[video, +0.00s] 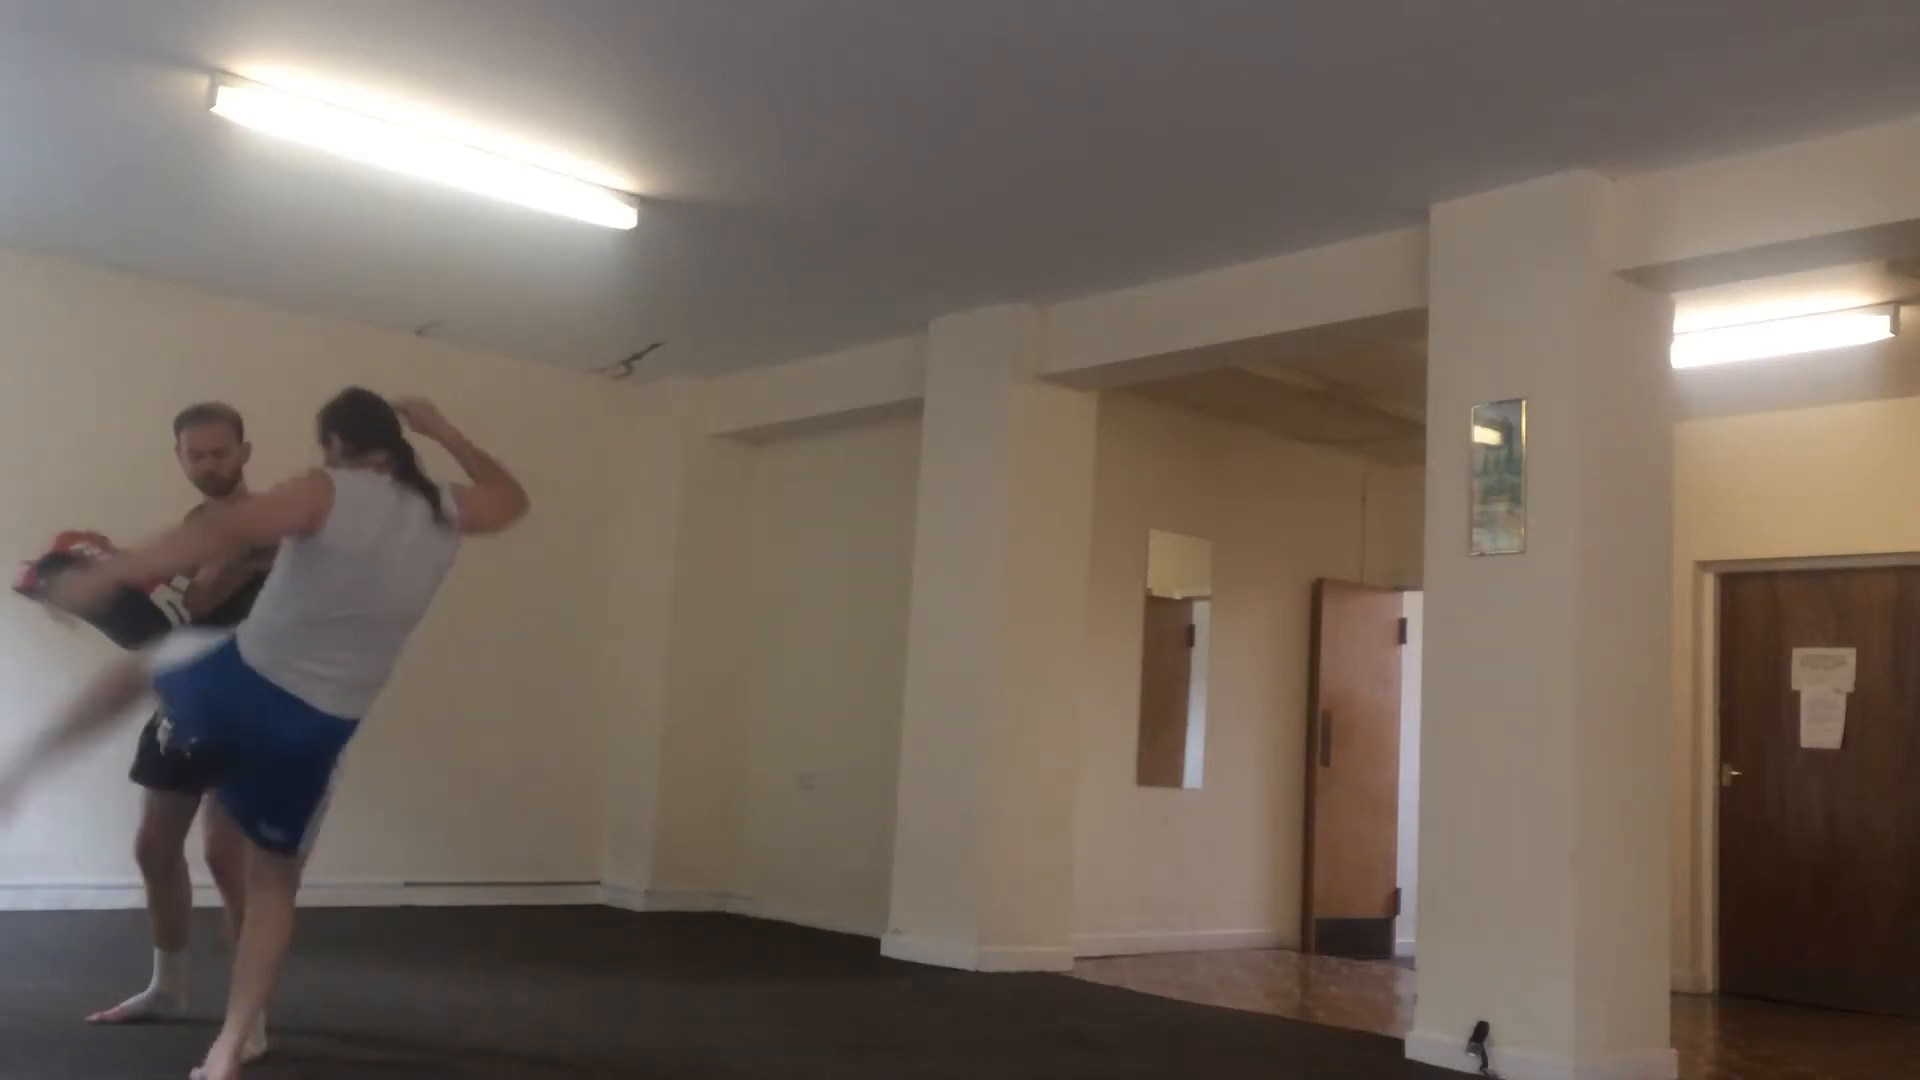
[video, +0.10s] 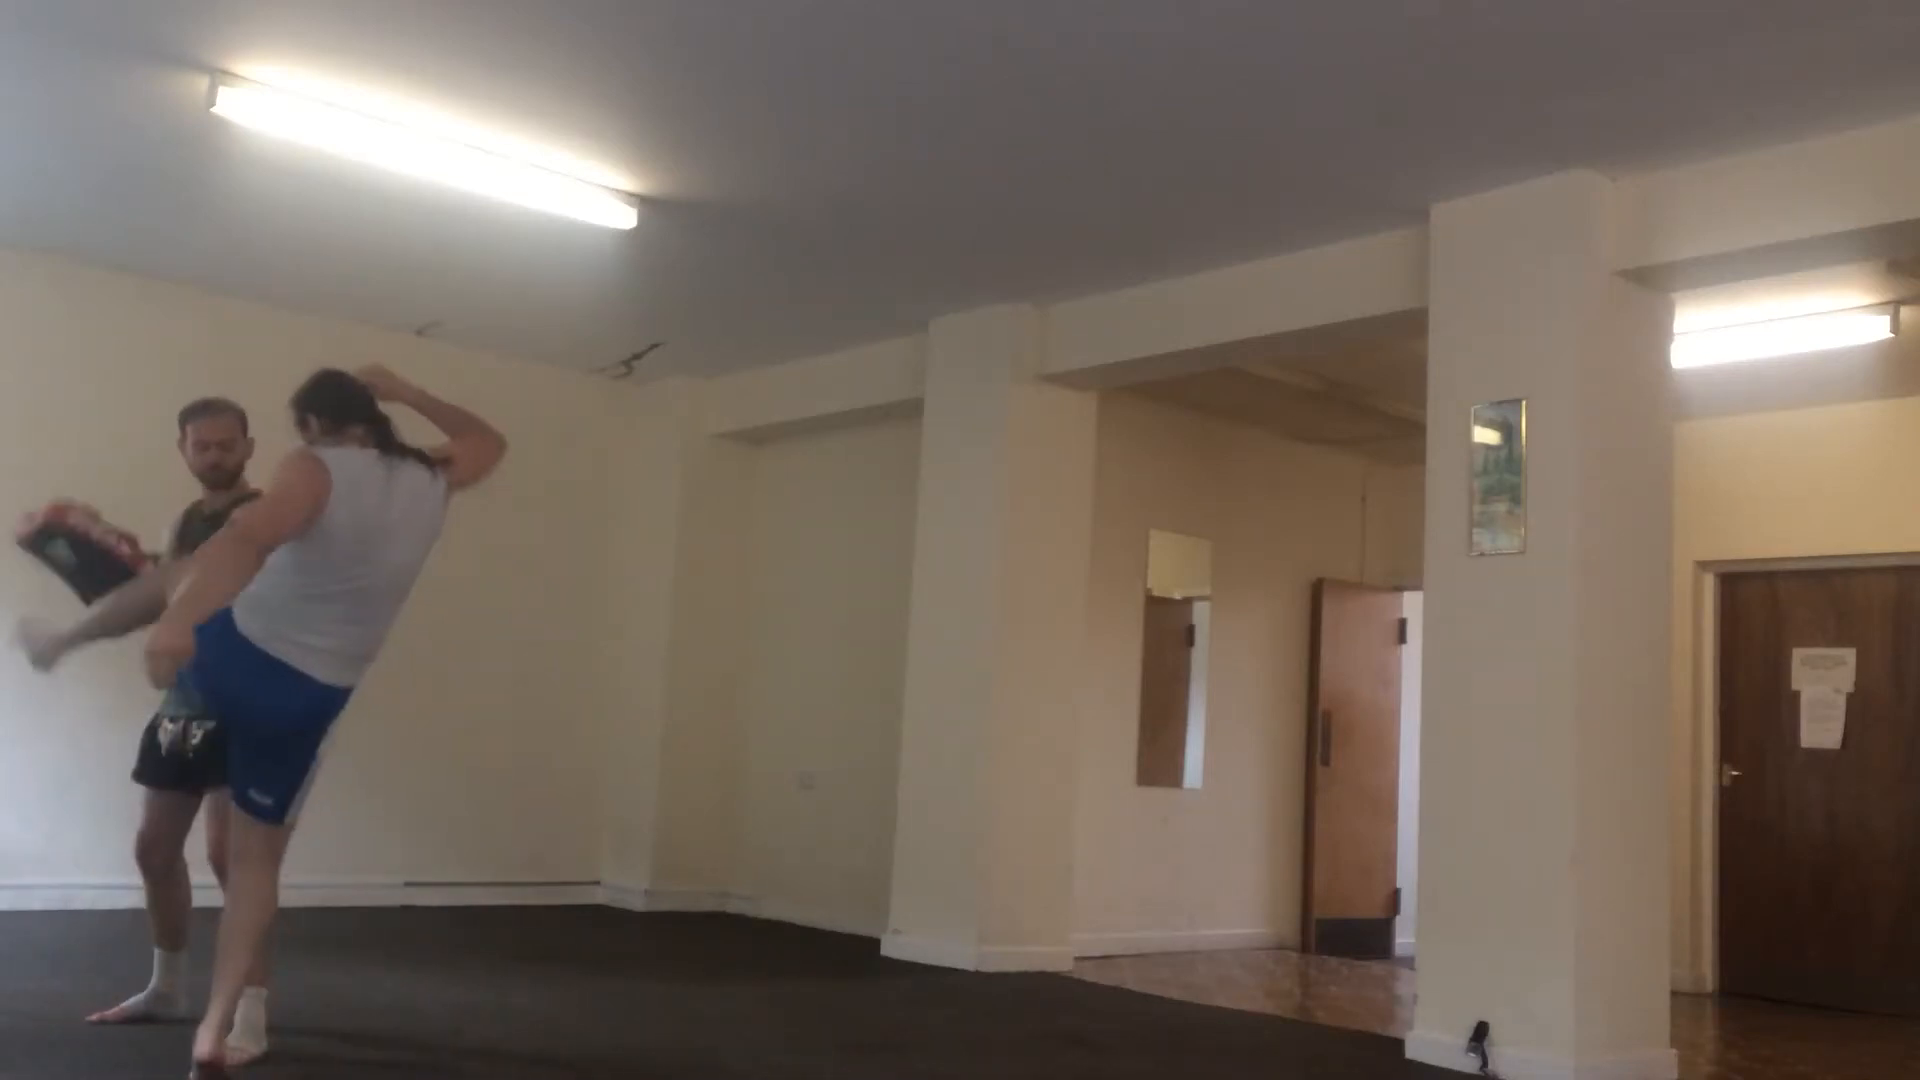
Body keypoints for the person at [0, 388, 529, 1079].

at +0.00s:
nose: (320, 456)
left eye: (323, 447)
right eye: (321, 449)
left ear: (338, 447)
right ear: (399, 447)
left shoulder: (324, 494)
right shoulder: (445, 512)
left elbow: (221, 526)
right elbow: (511, 499)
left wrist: (117, 569)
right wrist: (445, 432)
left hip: (241, 686)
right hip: (317, 730)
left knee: (137, 672)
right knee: (273, 877)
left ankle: (25, 775)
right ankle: (231, 1049)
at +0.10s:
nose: (300, 440)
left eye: (300, 431)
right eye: (300, 432)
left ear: (316, 427)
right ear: (373, 424)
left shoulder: (313, 468)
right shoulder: (428, 478)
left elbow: (250, 533)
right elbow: (488, 443)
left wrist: (181, 620)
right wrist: (407, 391)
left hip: (233, 664)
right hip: (308, 704)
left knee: (181, 574)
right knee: (256, 861)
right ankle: (215, 1028)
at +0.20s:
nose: (292, 431)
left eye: (294, 420)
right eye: (294, 420)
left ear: (314, 417)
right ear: (367, 414)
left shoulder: (300, 468)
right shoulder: (419, 471)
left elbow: (217, 547)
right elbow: (478, 417)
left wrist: (107, 610)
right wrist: (396, 372)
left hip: (233, 659)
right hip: (315, 691)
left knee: (138, 607)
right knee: (265, 857)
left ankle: (78, 740)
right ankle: (221, 1024)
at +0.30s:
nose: (290, 426)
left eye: (292, 416)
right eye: (295, 415)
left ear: (309, 420)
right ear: (365, 416)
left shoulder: (290, 476)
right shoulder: (410, 479)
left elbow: (194, 556)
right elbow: (466, 429)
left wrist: (92, 543)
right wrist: (387, 383)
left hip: (233, 674)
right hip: (317, 698)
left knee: (122, 724)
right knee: (266, 863)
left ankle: (95, 868)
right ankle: (231, 1028)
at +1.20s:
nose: (349, 463)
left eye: (354, 454)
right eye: (353, 454)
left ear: (374, 453)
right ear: (436, 458)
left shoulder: (354, 492)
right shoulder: (486, 523)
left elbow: (285, 562)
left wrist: (335, 489)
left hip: (388, 731)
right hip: (477, 739)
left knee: (340, 927)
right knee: (432, 911)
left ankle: (382, 1071)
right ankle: (417, 1061)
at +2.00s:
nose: (421, 406)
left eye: (428, 399)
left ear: (431, 407)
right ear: (508, 415)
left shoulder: (384, 462)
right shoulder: (549, 472)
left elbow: (329, 533)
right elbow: (579, 546)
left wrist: (398, 450)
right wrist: (521, 491)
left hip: (401, 714)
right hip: (509, 719)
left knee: (374, 944)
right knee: (498, 937)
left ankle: (350, 1073)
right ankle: (483, 1073)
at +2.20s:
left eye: (437, 388)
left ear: (437, 398)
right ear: (515, 407)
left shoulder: (388, 452)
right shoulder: (555, 466)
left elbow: (329, 523)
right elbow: (588, 536)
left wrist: (406, 442)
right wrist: (528, 481)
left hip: (396, 703)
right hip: (506, 710)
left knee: (371, 941)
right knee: (500, 937)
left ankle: (347, 1074)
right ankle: (490, 1074)